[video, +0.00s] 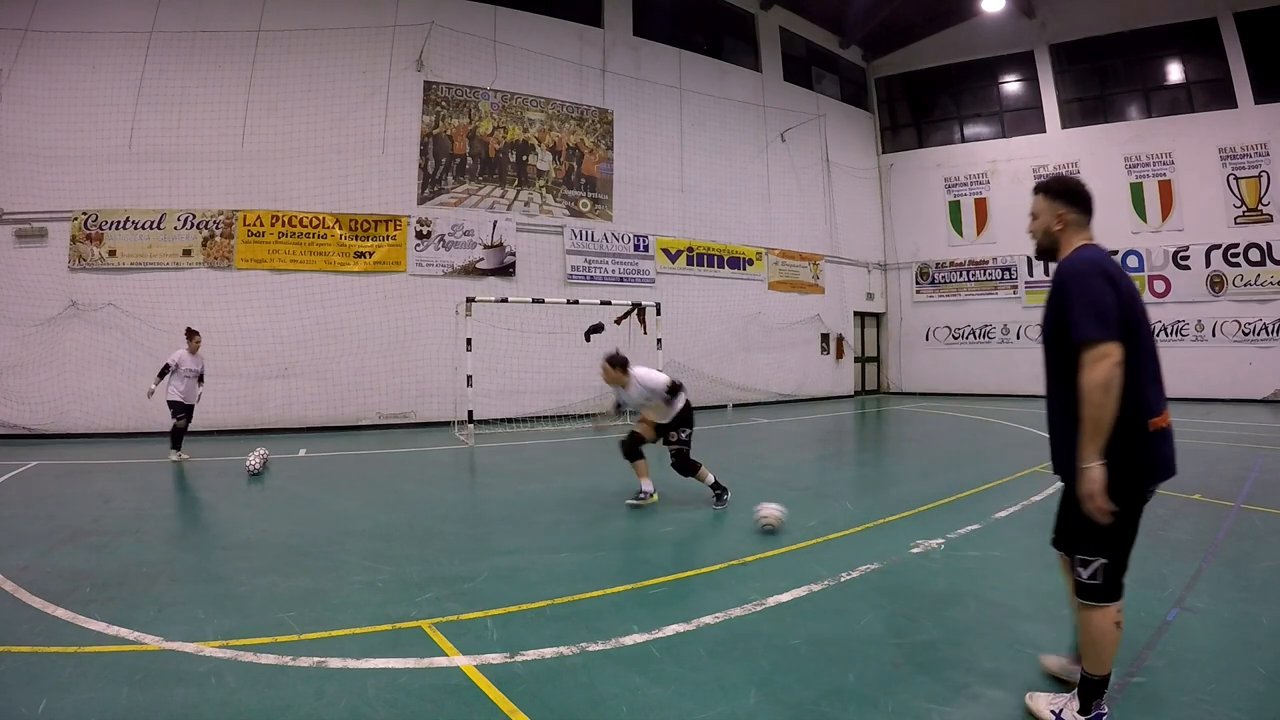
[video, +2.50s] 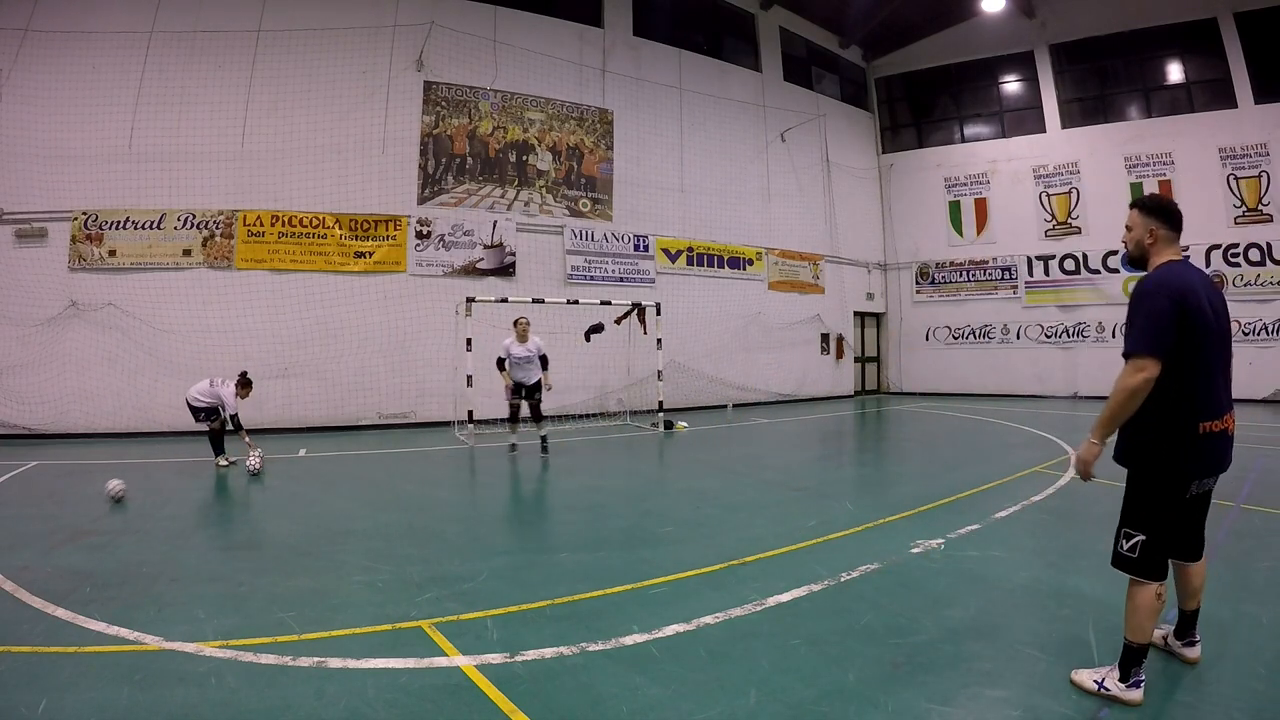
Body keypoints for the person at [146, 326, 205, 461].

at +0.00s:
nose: (199, 345)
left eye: (200, 342)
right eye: (196, 342)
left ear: (199, 343)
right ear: (189, 342)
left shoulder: (199, 359)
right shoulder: (179, 355)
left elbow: (201, 376)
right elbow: (165, 369)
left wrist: (200, 388)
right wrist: (153, 385)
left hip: (190, 397)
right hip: (175, 395)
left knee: (185, 424)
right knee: (181, 421)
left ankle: (178, 450)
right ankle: (173, 450)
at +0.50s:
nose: (227, 345)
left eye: (228, 342)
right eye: (225, 342)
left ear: (227, 342)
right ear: (217, 342)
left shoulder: (225, 356)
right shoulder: (212, 357)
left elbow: (221, 379)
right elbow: (202, 378)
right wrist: (203, 398)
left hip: (227, 398)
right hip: (212, 400)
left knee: (241, 419)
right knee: (198, 425)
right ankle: (180, 446)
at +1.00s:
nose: (253, 348)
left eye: (254, 345)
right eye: (251, 345)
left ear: (245, 345)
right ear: (242, 345)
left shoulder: (247, 358)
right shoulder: (234, 360)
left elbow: (245, 372)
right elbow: (225, 380)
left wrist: (253, 376)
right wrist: (224, 401)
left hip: (249, 394)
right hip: (238, 397)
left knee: (262, 420)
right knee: (258, 420)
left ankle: (258, 453)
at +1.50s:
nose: (258, 373)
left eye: (259, 371)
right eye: (257, 370)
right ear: (249, 365)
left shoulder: (247, 377)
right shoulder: (234, 374)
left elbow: (240, 391)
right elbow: (222, 391)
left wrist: (240, 409)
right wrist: (221, 411)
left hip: (226, 398)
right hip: (211, 396)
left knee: (227, 424)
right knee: (216, 424)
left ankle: (224, 451)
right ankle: (218, 455)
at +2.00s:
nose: (247, 410)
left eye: (248, 408)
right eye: (246, 407)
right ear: (239, 402)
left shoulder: (237, 400)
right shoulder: (228, 404)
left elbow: (240, 418)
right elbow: (231, 430)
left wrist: (247, 435)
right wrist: (247, 447)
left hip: (211, 403)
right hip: (199, 404)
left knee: (226, 427)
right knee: (220, 427)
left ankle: (223, 455)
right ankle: (219, 457)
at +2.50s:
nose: (248, 395)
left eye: (249, 393)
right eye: (247, 392)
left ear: (239, 387)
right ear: (240, 388)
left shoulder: (232, 387)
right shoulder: (229, 394)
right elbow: (235, 422)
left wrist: (244, 437)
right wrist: (247, 440)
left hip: (205, 398)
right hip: (195, 399)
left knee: (221, 423)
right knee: (215, 425)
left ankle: (222, 455)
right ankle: (218, 457)